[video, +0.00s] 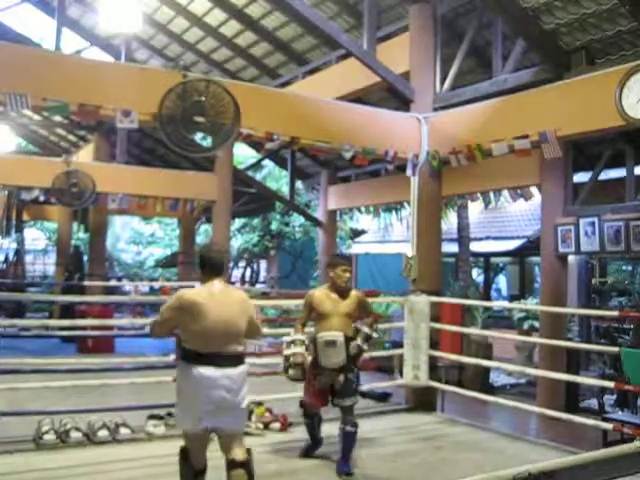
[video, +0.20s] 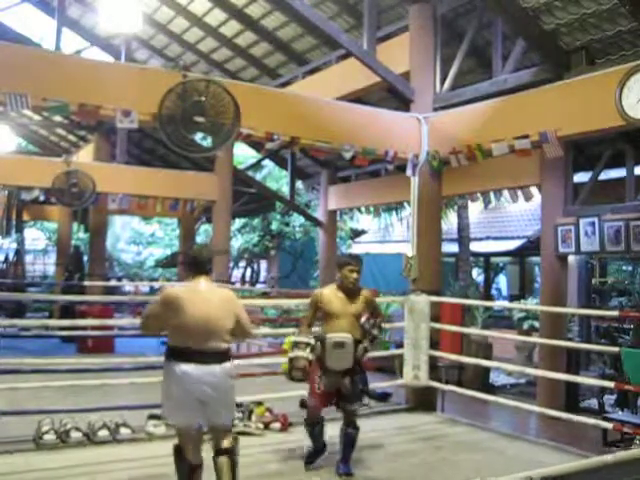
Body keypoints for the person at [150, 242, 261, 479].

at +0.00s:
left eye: (202, 266)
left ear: (200, 268)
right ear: (226, 268)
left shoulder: (186, 298)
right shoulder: (240, 297)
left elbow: (157, 329)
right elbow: (255, 331)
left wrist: (184, 327)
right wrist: (228, 327)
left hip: (196, 373)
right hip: (233, 372)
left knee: (196, 445)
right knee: (235, 442)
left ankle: (196, 475)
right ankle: (239, 473)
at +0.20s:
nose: (178, 270)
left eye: (180, 266)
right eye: (179, 266)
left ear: (185, 267)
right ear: (209, 267)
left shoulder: (173, 295)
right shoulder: (227, 295)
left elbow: (148, 326)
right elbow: (246, 330)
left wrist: (176, 323)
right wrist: (221, 331)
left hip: (182, 370)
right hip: (219, 369)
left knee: (189, 441)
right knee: (223, 436)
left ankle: (192, 475)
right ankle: (226, 475)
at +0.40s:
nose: (178, 267)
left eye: (180, 264)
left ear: (182, 266)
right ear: (207, 268)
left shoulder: (168, 295)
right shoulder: (221, 297)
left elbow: (145, 327)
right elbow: (241, 331)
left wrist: (172, 322)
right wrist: (217, 324)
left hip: (178, 365)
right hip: (213, 365)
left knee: (186, 433)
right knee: (212, 428)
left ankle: (191, 474)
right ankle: (211, 474)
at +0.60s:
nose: (180, 268)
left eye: (181, 265)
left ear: (183, 268)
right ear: (208, 268)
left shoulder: (169, 297)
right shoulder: (221, 298)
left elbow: (151, 326)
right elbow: (241, 332)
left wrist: (173, 319)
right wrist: (218, 324)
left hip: (177, 360)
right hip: (212, 361)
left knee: (184, 425)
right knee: (205, 424)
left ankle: (193, 472)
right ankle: (201, 471)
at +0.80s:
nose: (218, 267)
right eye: (217, 264)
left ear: (192, 266)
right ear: (215, 267)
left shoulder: (175, 294)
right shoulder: (226, 296)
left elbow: (156, 321)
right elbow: (244, 330)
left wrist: (178, 323)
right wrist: (221, 324)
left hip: (183, 356)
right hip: (216, 356)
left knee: (177, 418)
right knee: (207, 419)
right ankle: (199, 472)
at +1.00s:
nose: (218, 266)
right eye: (217, 263)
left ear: (194, 266)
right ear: (216, 266)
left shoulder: (180, 293)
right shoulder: (228, 295)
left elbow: (158, 320)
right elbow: (243, 331)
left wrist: (181, 315)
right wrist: (222, 323)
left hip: (186, 353)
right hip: (219, 354)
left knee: (177, 412)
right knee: (207, 418)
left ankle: (175, 467)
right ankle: (200, 471)